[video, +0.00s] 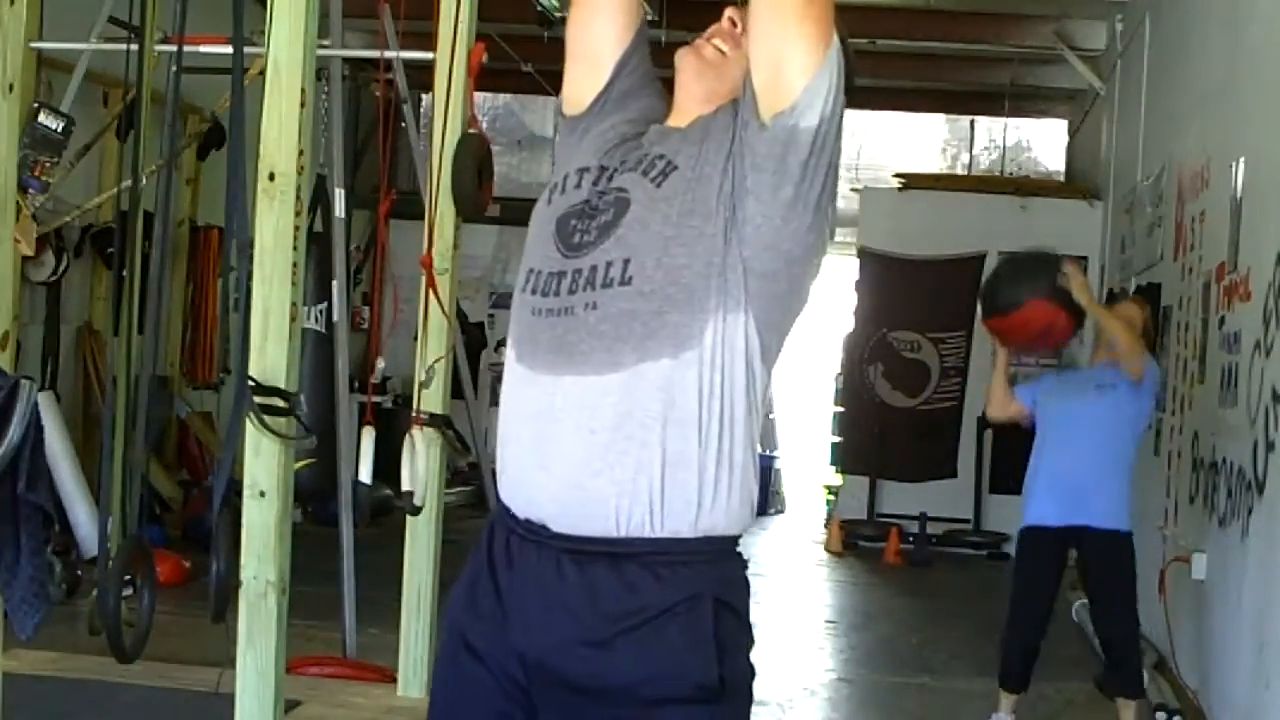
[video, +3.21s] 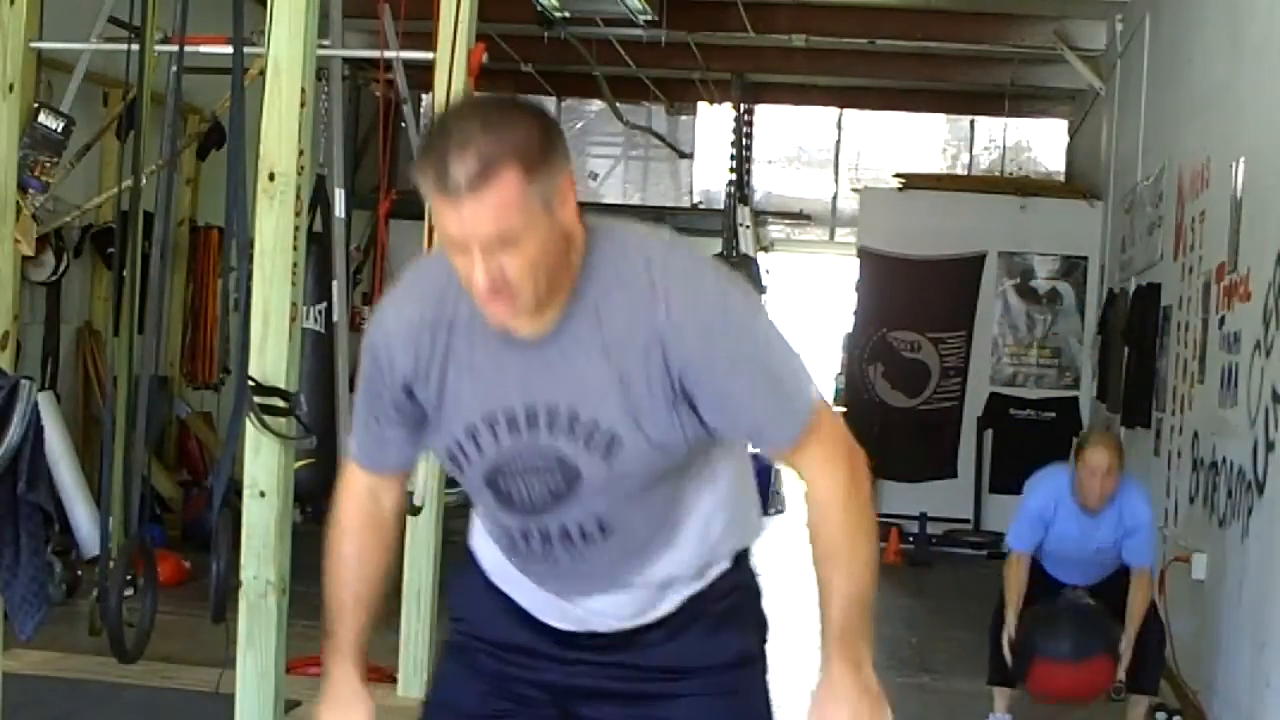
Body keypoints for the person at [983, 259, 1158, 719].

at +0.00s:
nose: (1123, 326)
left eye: (1132, 320)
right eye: (1117, 317)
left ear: (1144, 336)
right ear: (1101, 326)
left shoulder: (1140, 382)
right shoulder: (1053, 384)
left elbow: (1125, 345)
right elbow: (998, 409)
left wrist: (1087, 302)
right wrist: (1003, 351)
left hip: (1106, 521)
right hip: (1044, 518)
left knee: (1119, 630)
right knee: (1024, 621)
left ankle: (1129, 714)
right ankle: (1004, 712)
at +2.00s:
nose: (1116, 341)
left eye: (1126, 334)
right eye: (1109, 329)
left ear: (1135, 338)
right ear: (1091, 324)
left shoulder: (1140, 377)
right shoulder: (1056, 366)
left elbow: (1138, 429)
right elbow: (1008, 432)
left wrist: (1098, 379)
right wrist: (1000, 375)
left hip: (1107, 521)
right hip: (1043, 519)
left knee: (1114, 621)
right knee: (1029, 615)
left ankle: (1131, 715)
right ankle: (1004, 712)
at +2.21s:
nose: (1110, 361)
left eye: (1119, 355)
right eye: (1103, 350)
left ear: (1129, 354)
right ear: (1086, 342)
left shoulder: (1137, 392)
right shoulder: (1047, 381)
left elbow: (1142, 465)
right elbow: (1012, 436)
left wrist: (1113, 454)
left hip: (1107, 526)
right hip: (1043, 523)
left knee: (1116, 624)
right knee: (1026, 616)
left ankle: (1131, 715)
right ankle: (1002, 712)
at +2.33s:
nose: (1105, 400)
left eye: (1115, 392)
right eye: (1099, 388)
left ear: (1124, 393)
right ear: (1082, 382)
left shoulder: (1135, 427)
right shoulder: (1035, 417)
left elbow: (1143, 497)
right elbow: (1006, 476)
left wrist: (1121, 530)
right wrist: (1002, 522)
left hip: (1105, 525)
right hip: (1040, 518)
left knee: (1123, 623)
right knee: (1020, 616)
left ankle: (1132, 712)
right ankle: (1002, 711)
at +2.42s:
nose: (1100, 445)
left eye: (1111, 437)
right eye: (1094, 433)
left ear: (1122, 434)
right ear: (1078, 424)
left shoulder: (1134, 464)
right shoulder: (1037, 450)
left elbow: (1142, 536)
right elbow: (1008, 515)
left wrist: (1126, 590)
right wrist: (1007, 572)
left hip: (1107, 555)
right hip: (1040, 549)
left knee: (1132, 631)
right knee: (1011, 615)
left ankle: (1132, 713)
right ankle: (1001, 711)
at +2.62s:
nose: (1097, 521)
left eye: (1106, 512)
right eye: (1089, 511)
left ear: (1118, 510)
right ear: (1073, 503)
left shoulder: (1134, 528)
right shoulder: (1042, 511)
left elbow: (1141, 600)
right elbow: (1013, 584)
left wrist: (1131, 674)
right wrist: (1013, 652)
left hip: (1103, 584)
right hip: (1044, 580)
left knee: (1153, 635)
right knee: (994, 625)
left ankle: (1137, 712)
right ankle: (998, 709)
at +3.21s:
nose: (1098, 484)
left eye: (1108, 474)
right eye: (1090, 472)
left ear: (1119, 474)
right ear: (1075, 467)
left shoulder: (1134, 501)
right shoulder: (1044, 488)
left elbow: (1141, 574)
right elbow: (1018, 554)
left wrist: (1128, 640)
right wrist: (1011, 619)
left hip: (1108, 574)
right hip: (1045, 569)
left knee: (1151, 631)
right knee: (1004, 625)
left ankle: (1137, 713)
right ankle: (1000, 712)